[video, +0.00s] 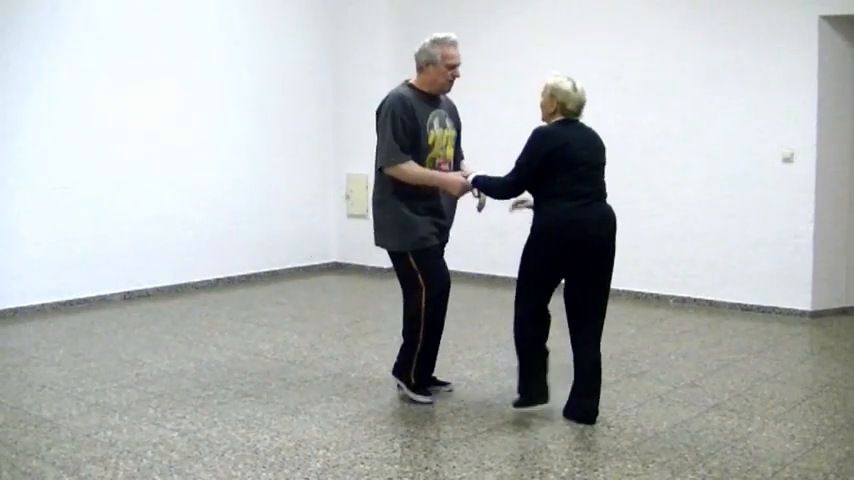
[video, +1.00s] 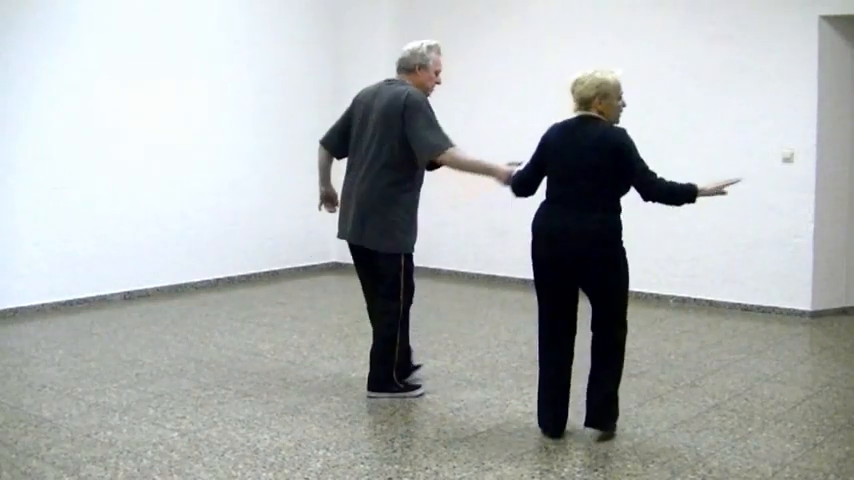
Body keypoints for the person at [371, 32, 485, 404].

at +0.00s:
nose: (456, 74)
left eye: (457, 67)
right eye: (451, 67)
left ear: (437, 68)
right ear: (426, 67)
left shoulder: (447, 107)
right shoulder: (397, 104)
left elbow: (453, 159)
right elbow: (393, 165)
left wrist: (467, 178)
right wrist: (444, 180)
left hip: (433, 221)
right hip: (401, 222)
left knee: (427, 292)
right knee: (433, 286)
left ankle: (419, 371)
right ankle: (410, 374)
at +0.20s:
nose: (456, 72)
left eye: (457, 65)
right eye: (450, 65)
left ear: (444, 66)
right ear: (425, 66)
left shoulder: (445, 108)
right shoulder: (399, 103)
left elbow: (447, 164)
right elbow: (395, 163)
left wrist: (465, 179)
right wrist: (445, 182)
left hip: (434, 223)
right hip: (405, 224)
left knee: (431, 297)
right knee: (432, 294)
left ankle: (420, 374)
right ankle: (414, 376)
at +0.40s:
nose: (456, 73)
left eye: (456, 66)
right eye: (451, 65)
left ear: (433, 68)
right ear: (427, 66)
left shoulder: (434, 106)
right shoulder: (400, 102)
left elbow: (432, 160)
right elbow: (401, 159)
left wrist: (464, 169)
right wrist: (456, 167)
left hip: (426, 224)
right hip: (405, 226)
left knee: (430, 295)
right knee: (438, 288)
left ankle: (418, 372)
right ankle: (415, 375)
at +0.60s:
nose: (454, 73)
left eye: (455, 66)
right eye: (450, 66)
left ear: (431, 66)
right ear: (427, 65)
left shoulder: (420, 99)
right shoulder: (404, 95)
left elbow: (416, 151)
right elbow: (393, 144)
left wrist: (445, 167)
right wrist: (441, 161)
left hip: (413, 218)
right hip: (402, 220)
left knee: (428, 289)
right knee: (433, 287)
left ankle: (406, 364)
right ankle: (411, 370)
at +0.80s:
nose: (451, 79)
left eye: (451, 72)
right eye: (447, 71)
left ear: (420, 71)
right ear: (426, 69)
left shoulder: (390, 96)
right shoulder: (412, 99)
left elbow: (352, 148)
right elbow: (405, 154)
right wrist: (441, 192)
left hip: (387, 223)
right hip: (397, 225)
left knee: (412, 301)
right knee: (403, 304)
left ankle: (414, 372)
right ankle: (385, 380)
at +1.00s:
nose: (438, 81)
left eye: (439, 74)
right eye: (436, 73)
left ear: (404, 69)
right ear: (417, 69)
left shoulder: (367, 96)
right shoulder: (412, 101)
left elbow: (327, 146)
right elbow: (442, 154)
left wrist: (325, 187)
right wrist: (496, 170)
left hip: (357, 219)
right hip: (389, 223)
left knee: (384, 298)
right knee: (394, 302)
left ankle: (399, 365)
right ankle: (383, 381)